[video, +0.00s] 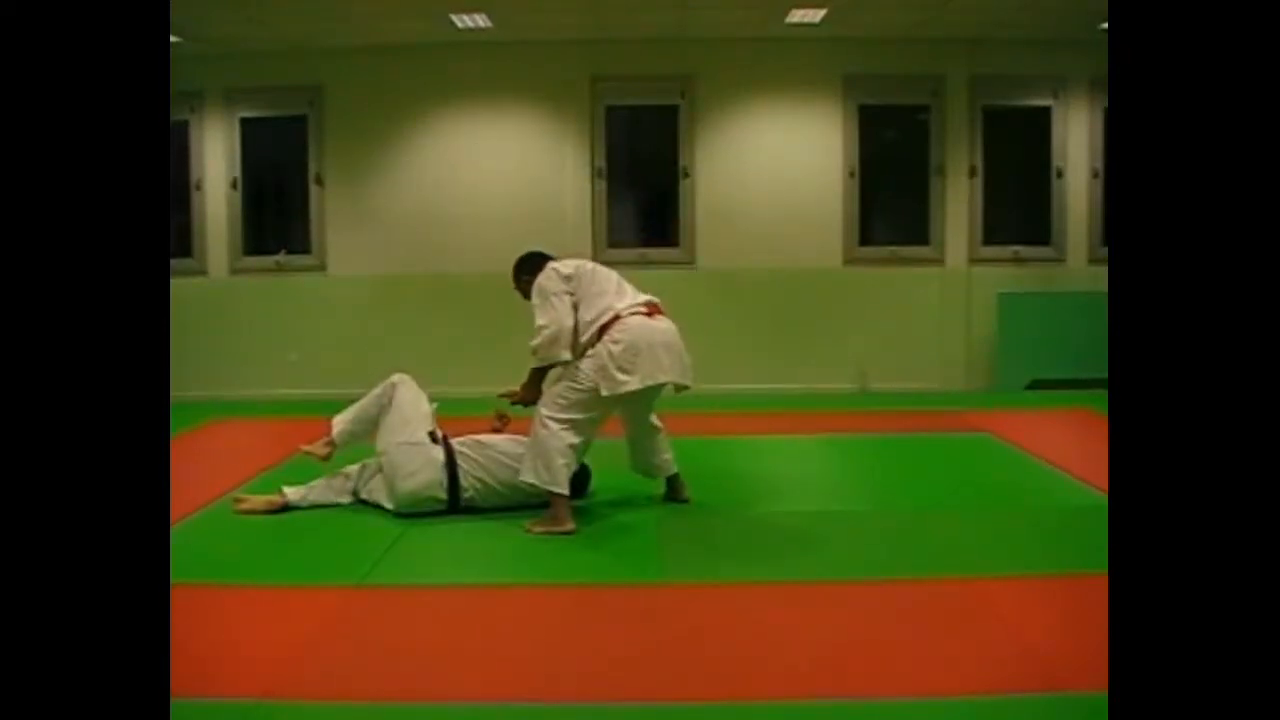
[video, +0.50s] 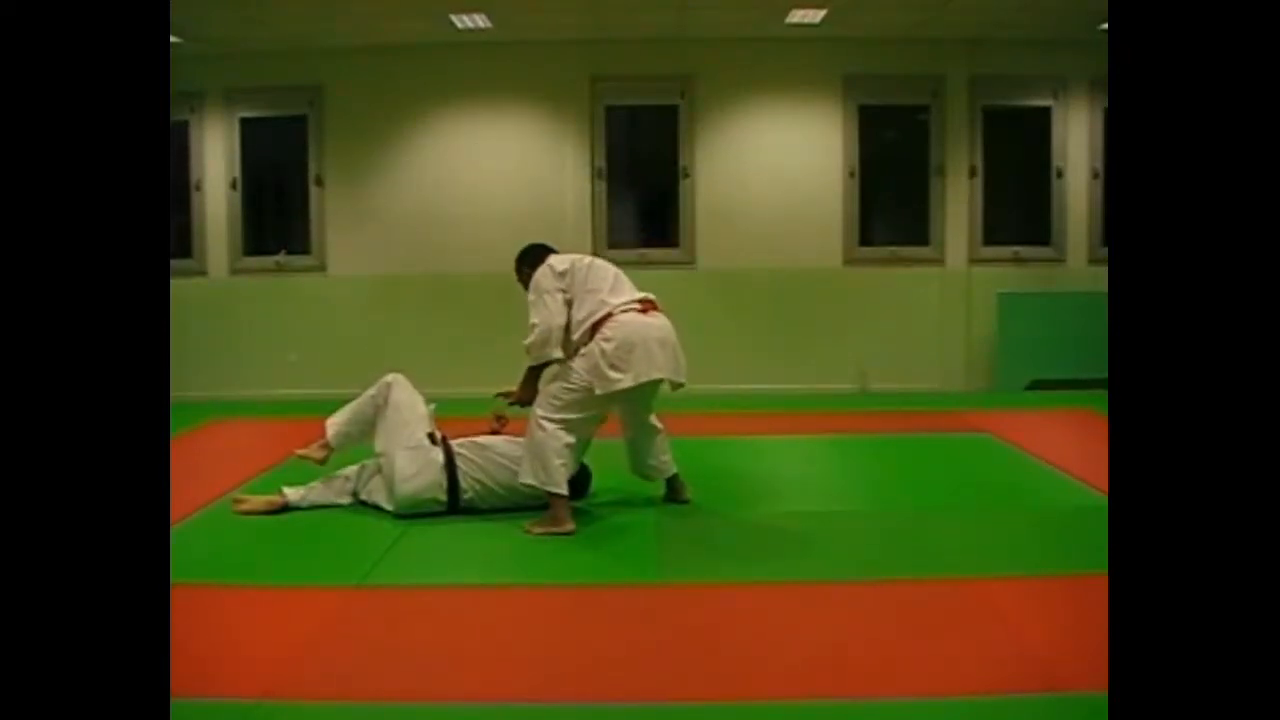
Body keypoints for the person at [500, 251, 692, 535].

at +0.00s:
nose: (526, 297)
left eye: (524, 290)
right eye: (523, 293)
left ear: (530, 276)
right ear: (549, 262)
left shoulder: (548, 278)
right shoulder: (585, 272)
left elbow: (556, 330)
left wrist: (533, 384)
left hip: (624, 340)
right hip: (666, 336)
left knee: (553, 415)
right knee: (639, 414)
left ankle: (559, 512)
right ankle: (675, 484)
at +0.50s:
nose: (526, 287)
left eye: (524, 280)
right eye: (522, 283)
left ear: (530, 268)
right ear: (553, 255)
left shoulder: (545, 273)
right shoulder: (587, 267)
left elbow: (548, 328)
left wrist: (528, 385)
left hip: (617, 338)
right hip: (660, 332)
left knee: (548, 415)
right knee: (639, 415)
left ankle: (558, 513)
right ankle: (675, 484)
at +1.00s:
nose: (537, 248)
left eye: (536, 241)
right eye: (535, 243)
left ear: (540, 229)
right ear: (565, 218)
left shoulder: (556, 239)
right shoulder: (609, 236)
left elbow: (548, 302)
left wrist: (521, 357)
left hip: (612, 324)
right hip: (657, 317)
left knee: (557, 412)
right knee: (646, 411)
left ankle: (559, 512)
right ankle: (676, 484)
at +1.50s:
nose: (553, 220)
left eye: (552, 210)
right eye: (550, 212)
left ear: (567, 197)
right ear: (584, 193)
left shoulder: (581, 219)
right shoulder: (625, 216)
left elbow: (572, 279)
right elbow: (635, 272)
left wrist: (553, 337)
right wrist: (599, 317)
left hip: (625, 316)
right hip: (665, 310)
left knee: (578, 411)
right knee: (648, 407)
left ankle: (563, 508)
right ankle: (676, 485)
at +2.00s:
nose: (516, 195)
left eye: (519, 184)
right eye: (513, 186)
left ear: (541, 175)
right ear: (549, 175)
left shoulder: (560, 210)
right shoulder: (581, 197)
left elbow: (573, 280)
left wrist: (560, 343)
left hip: (603, 321)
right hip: (632, 310)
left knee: (560, 411)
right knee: (630, 404)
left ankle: (567, 509)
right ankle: (666, 473)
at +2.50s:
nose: (489, 174)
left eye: (494, 164)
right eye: (485, 165)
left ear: (520, 156)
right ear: (512, 160)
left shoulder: (542, 195)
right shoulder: (526, 196)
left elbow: (560, 267)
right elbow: (528, 270)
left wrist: (550, 328)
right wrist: (507, 318)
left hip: (565, 321)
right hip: (544, 321)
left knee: (556, 416)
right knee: (531, 412)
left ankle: (565, 508)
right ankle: (530, 496)